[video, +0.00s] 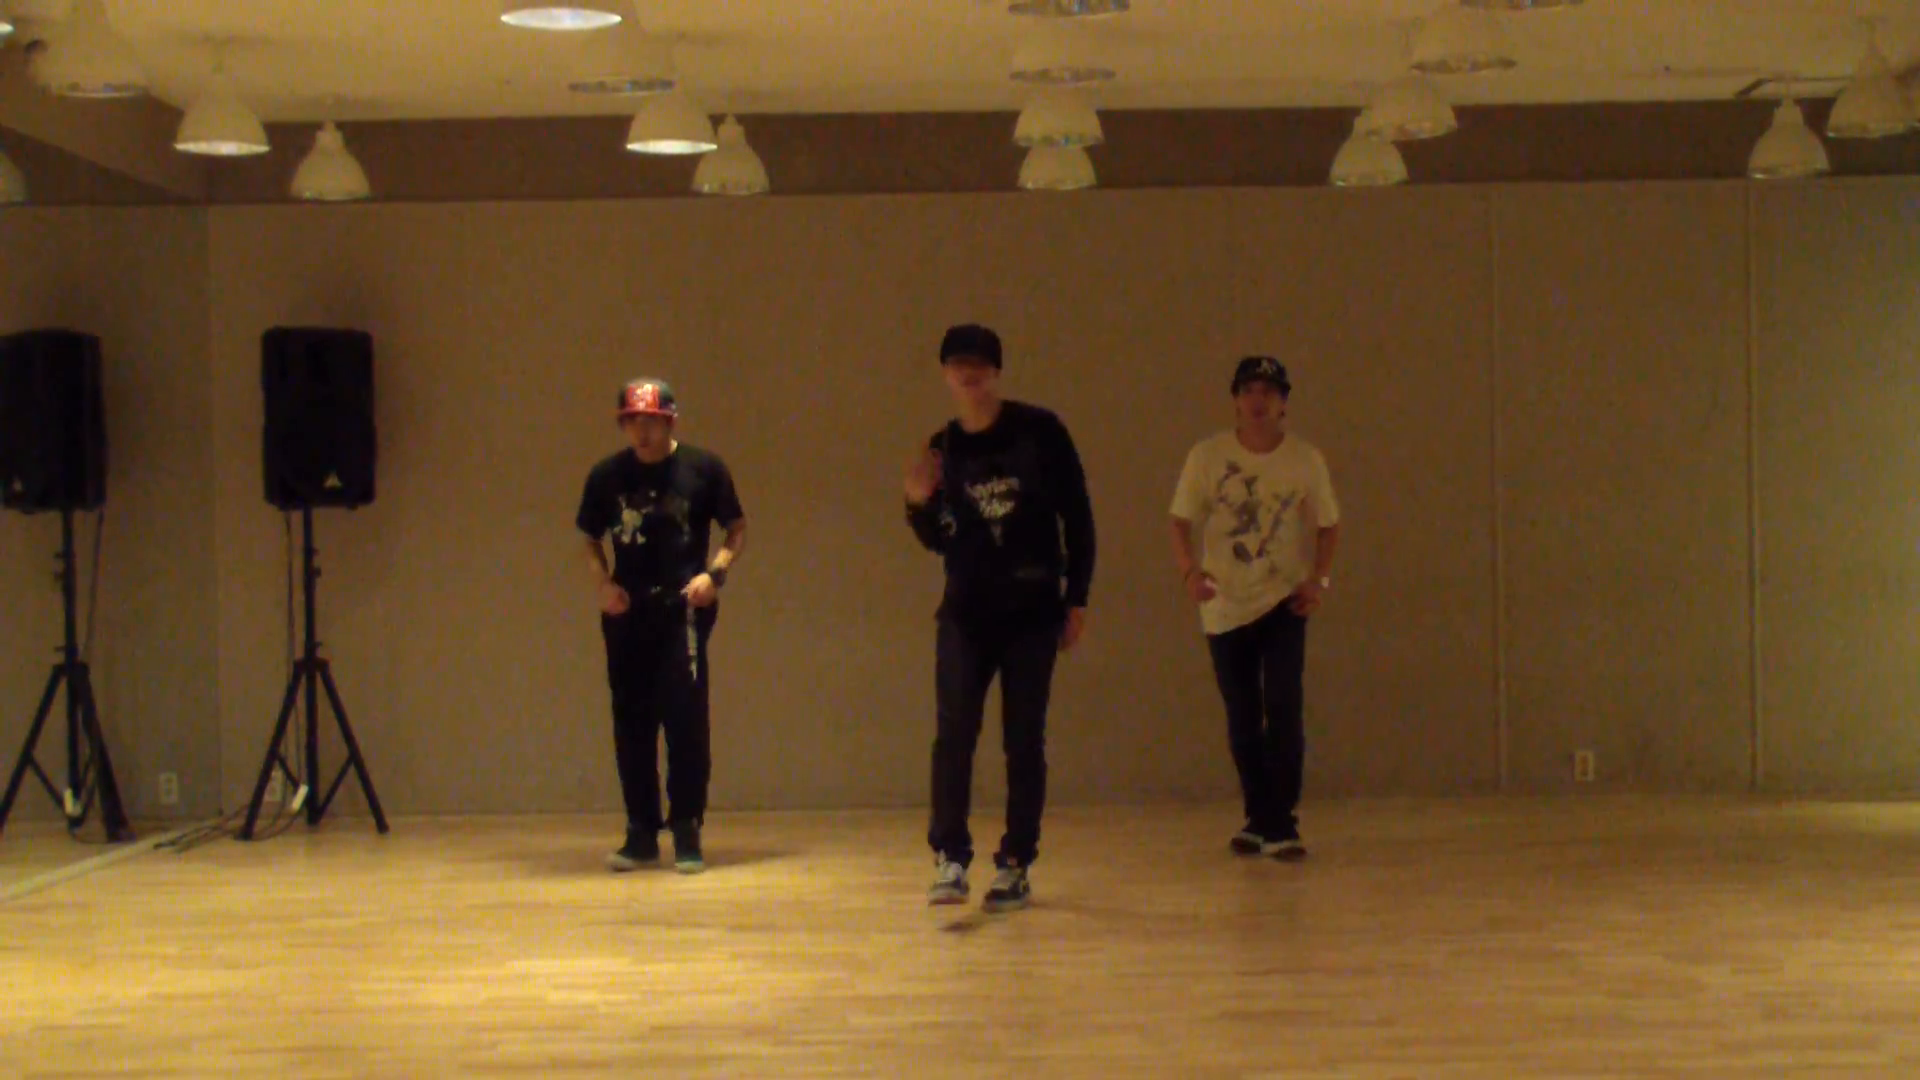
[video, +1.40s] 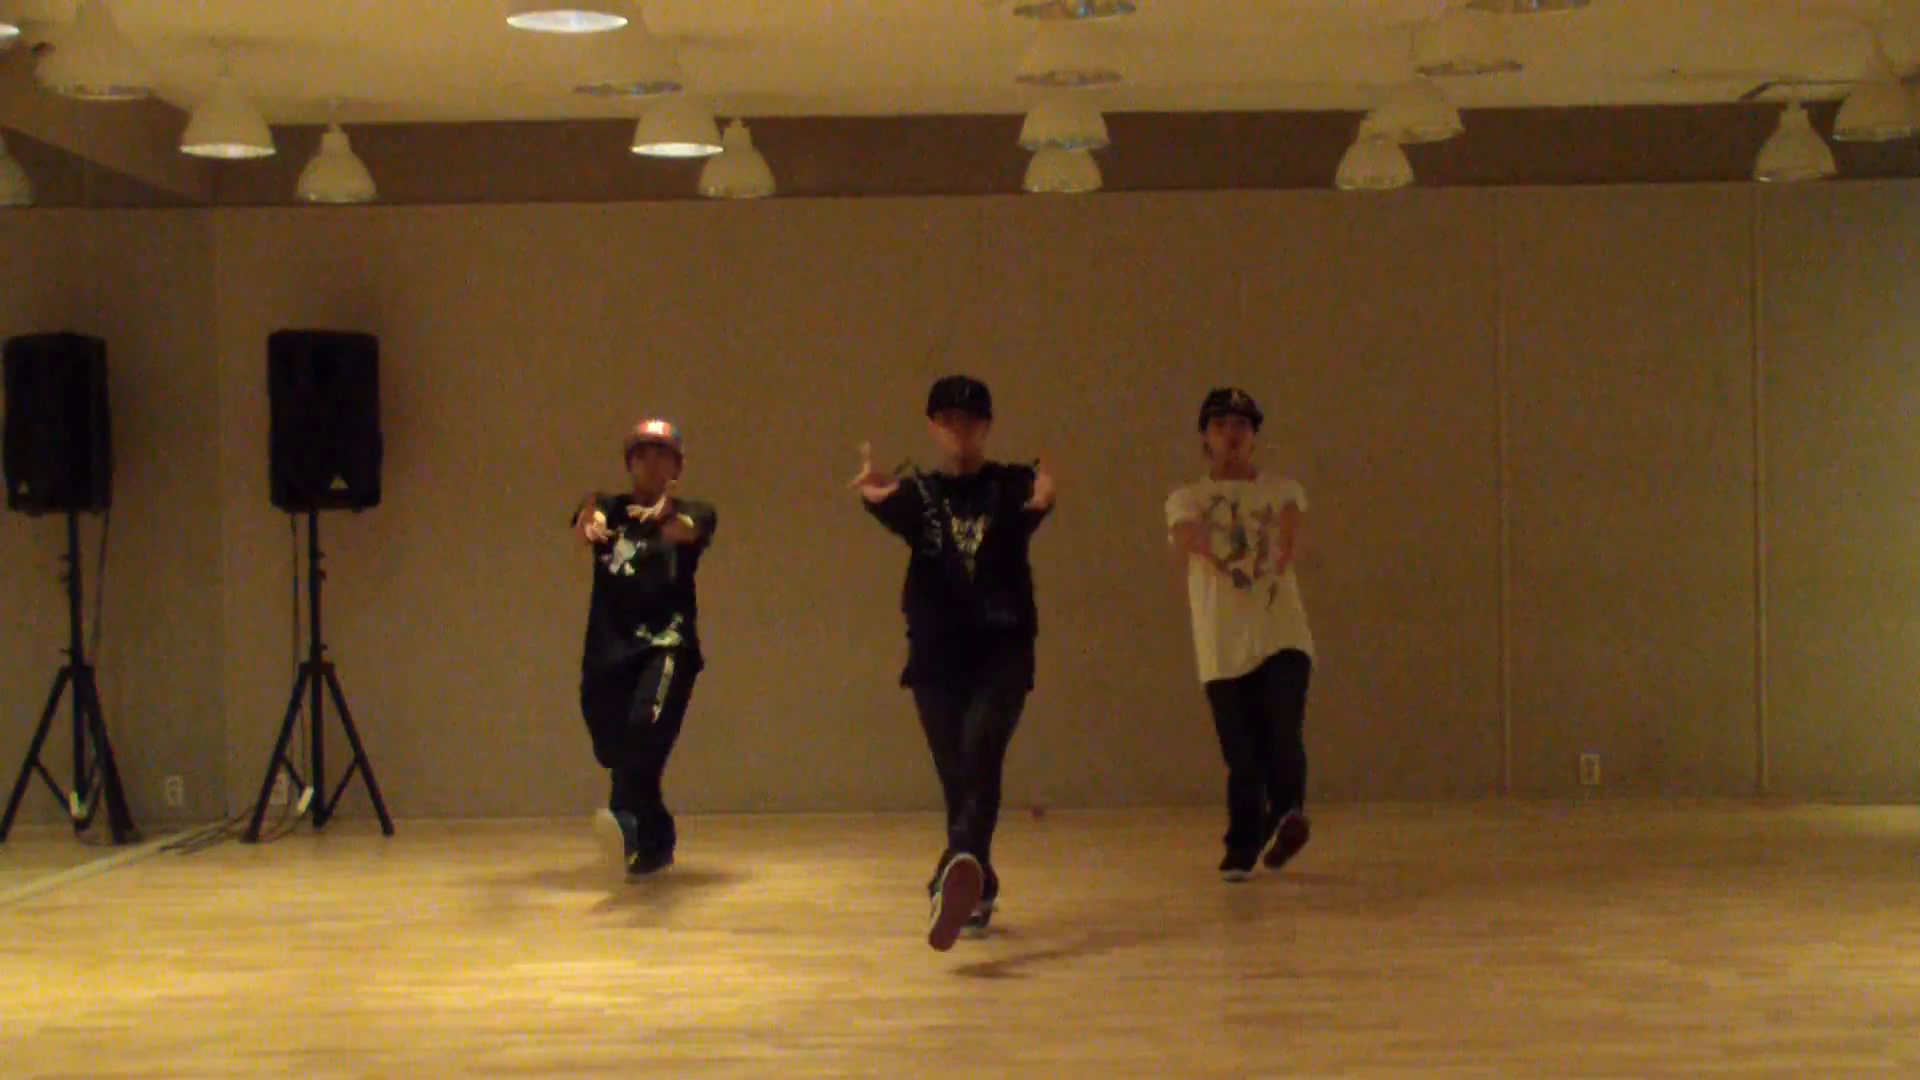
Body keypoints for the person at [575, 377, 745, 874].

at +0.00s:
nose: (642, 431)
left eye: (651, 421)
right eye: (634, 422)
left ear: (671, 422)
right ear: (623, 426)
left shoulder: (704, 470)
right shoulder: (607, 476)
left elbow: (735, 528)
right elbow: (589, 537)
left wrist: (712, 575)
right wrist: (604, 584)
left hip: (683, 616)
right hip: (627, 617)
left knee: (686, 725)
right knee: (632, 726)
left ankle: (687, 834)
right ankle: (641, 835)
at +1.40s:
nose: (650, 462)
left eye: (661, 453)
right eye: (642, 453)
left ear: (677, 464)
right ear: (629, 462)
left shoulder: (693, 511)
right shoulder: (608, 506)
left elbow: (692, 530)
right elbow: (589, 514)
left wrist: (665, 519)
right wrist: (592, 524)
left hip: (667, 643)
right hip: (611, 645)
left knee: (648, 727)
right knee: (614, 744)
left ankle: (629, 820)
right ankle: (657, 834)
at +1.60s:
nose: (640, 465)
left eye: (650, 456)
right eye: (631, 456)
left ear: (667, 465)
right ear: (617, 466)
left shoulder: (679, 519)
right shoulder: (600, 514)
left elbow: (695, 505)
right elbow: (579, 505)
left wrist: (711, 481)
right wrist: (562, 489)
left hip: (662, 637)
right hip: (604, 642)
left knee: (643, 700)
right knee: (603, 751)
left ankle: (617, 783)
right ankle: (652, 832)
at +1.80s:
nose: (620, 452)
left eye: (630, 443)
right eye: (610, 444)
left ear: (648, 453)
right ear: (598, 455)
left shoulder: (681, 508)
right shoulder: (578, 513)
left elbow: (746, 553)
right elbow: (523, 562)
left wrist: (807, 595)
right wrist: (488, 582)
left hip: (661, 647)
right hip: (601, 645)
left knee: (637, 745)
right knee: (583, 745)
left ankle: (649, 868)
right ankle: (595, 867)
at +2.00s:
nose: (624, 458)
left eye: (635, 448)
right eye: (614, 448)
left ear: (652, 460)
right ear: (599, 457)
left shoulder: (674, 530)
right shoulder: (571, 512)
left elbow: (697, 617)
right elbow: (563, 580)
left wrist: (712, 695)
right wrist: (605, 582)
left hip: (649, 663)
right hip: (593, 657)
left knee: (617, 769)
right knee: (562, 757)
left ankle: (645, 871)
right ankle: (673, 760)